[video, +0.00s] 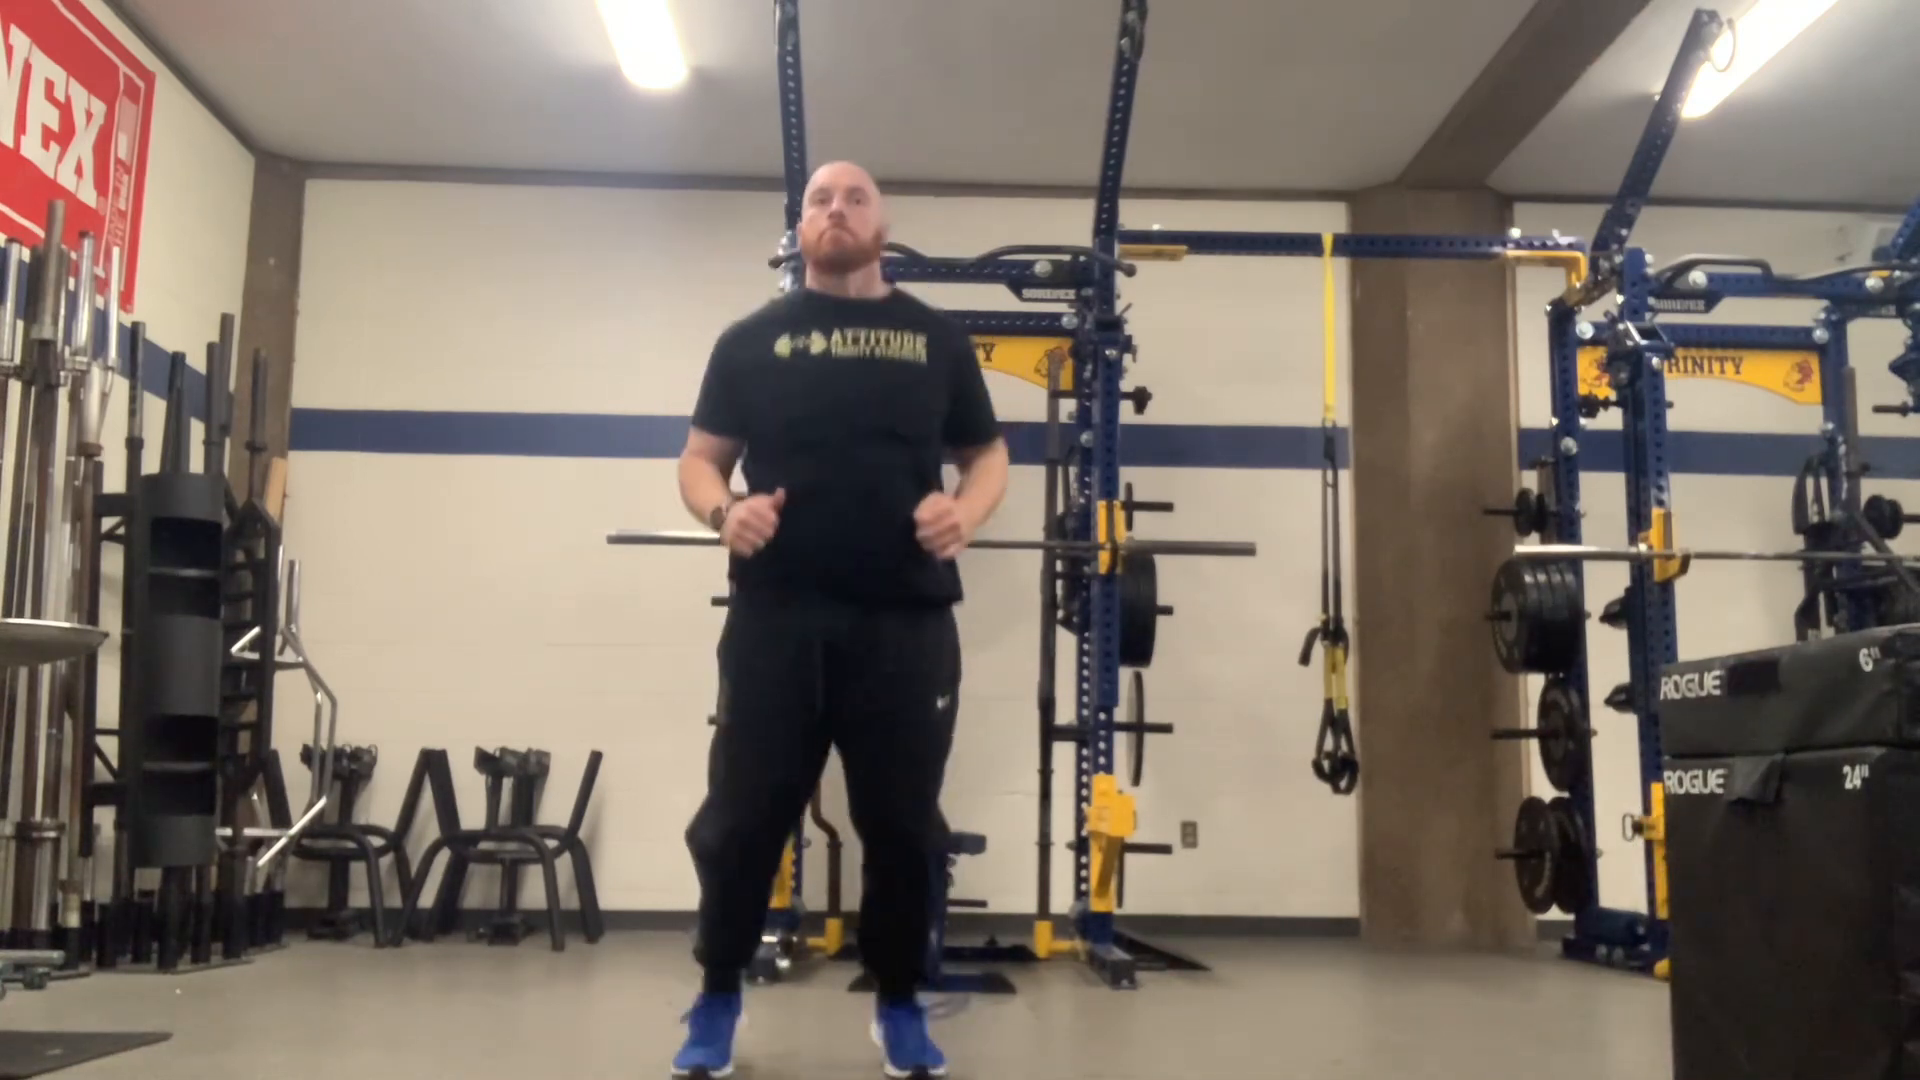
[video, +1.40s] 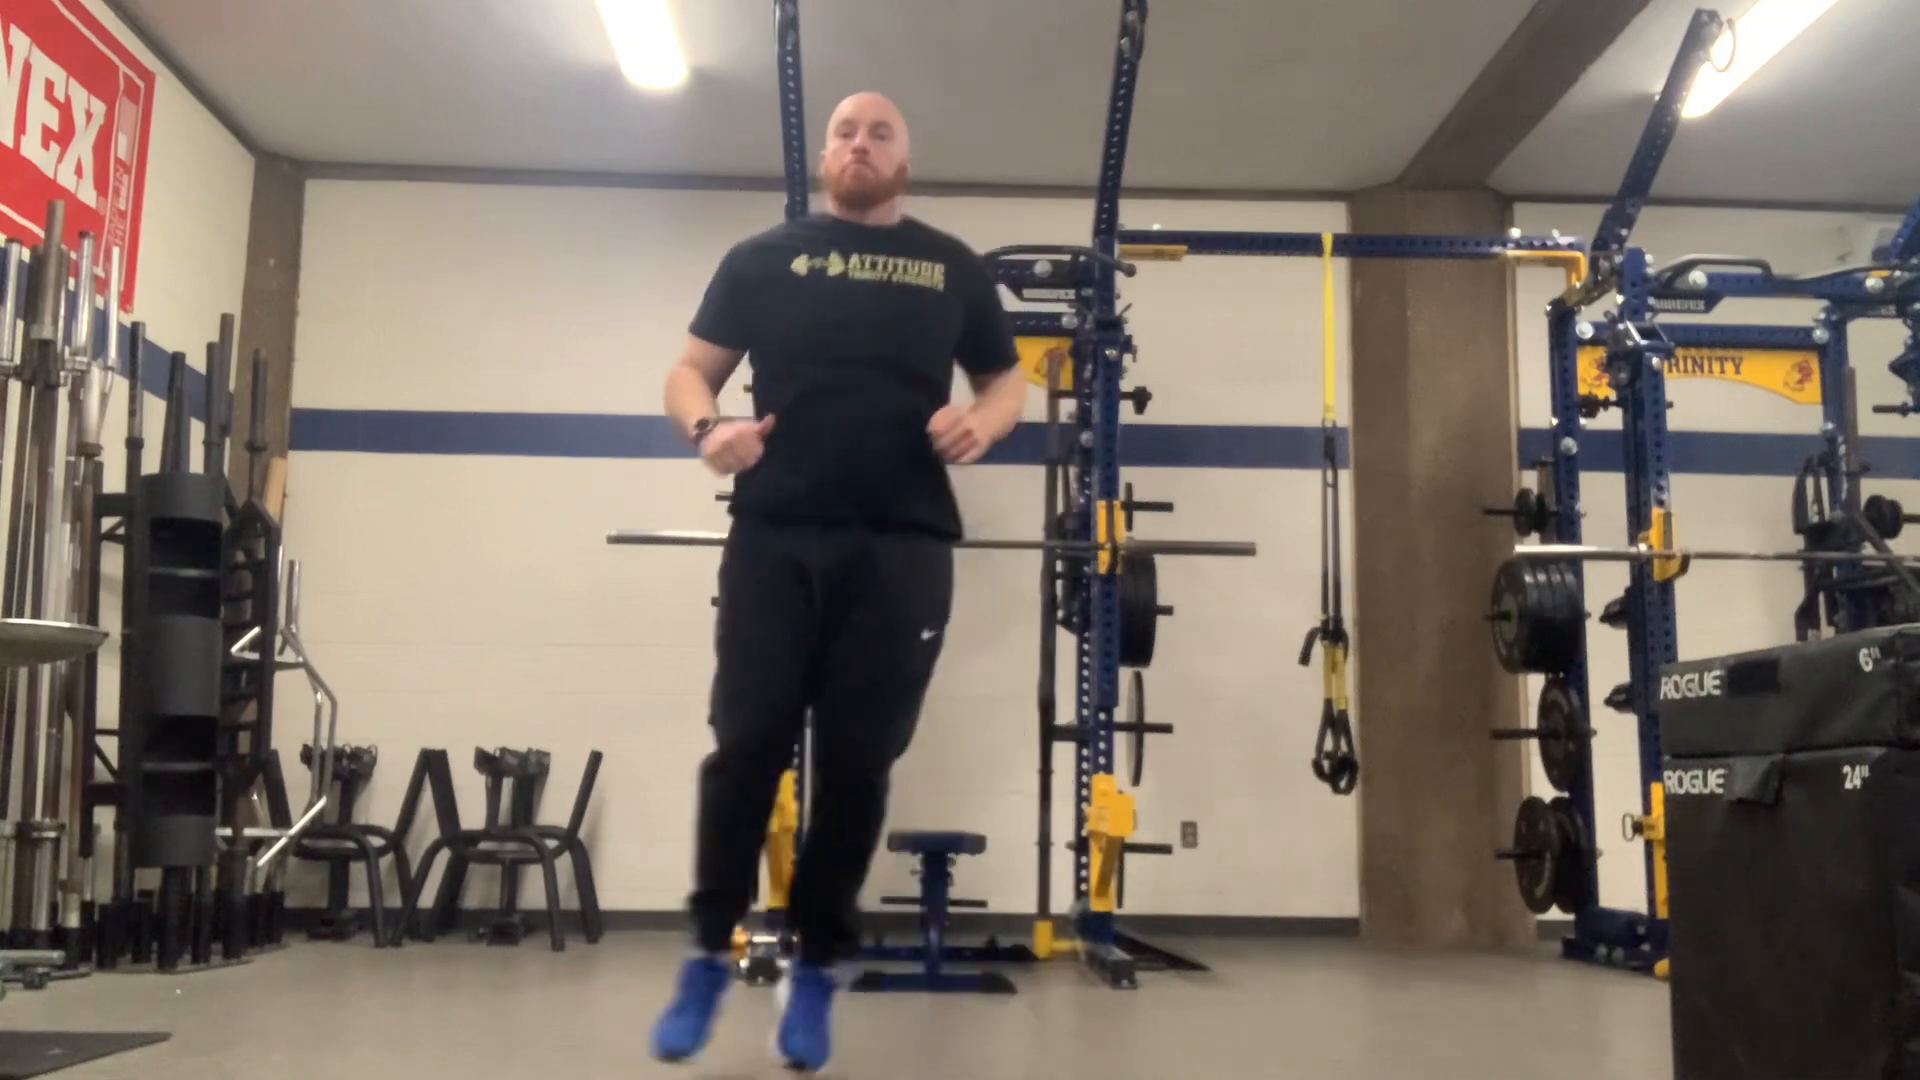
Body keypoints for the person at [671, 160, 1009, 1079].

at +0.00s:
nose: (838, 208)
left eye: (856, 197)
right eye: (822, 199)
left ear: (887, 229)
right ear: (797, 232)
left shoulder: (937, 340)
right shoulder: (751, 342)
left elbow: (988, 460)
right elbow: (699, 464)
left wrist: (966, 508)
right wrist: (725, 509)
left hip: (904, 622)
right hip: (776, 619)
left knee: (904, 829)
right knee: (740, 824)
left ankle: (900, 1010)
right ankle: (716, 998)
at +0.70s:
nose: (852, 159)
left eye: (869, 146)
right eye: (835, 151)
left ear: (904, 173)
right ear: (813, 185)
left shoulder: (970, 272)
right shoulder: (781, 294)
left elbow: (1051, 381)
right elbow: (739, 427)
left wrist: (1005, 394)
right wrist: (765, 453)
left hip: (947, 581)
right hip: (817, 582)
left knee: (943, 801)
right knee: (759, 790)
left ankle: (944, 1017)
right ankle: (699, 997)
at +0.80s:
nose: (873, 131)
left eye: (890, 119)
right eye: (857, 121)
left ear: (920, 146)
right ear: (832, 153)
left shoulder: (987, 237)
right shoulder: (795, 261)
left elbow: (1073, 351)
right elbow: (759, 389)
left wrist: (1030, 359)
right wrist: (784, 416)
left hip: (971, 540)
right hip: (841, 540)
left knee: (989, 761)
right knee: (816, 751)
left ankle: (998, 980)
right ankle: (800, 963)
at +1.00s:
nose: (913, 216)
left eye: (930, 204)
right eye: (896, 203)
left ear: (957, 230)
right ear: (868, 229)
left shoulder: (1014, 330)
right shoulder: (824, 349)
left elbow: (1074, 441)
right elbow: (773, 470)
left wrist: (1070, 484)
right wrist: (787, 497)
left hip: (1018, 616)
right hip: (891, 624)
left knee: (1057, 830)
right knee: (904, 830)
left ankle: (1099, 1030)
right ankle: (944, 1021)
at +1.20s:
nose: (914, 152)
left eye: (932, 142)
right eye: (898, 141)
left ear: (960, 174)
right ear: (870, 171)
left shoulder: (1000, 282)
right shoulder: (808, 271)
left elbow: (1055, 400)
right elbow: (744, 392)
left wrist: (1048, 432)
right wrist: (792, 407)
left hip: (965, 572)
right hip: (839, 573)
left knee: (1012, 785)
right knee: (866, 793)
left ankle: (1052, 998)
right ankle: (917, 1004)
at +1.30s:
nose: (887, 126)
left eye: (905, 116)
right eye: (871, 114)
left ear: (934, 144)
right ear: (845, 141)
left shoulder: (977, 245)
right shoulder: (787, 236)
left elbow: (1033, 365)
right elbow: (713, 357)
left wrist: (1020, 399)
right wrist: (755, 385)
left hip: (932, 532)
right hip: (807, 530)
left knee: (925, 747)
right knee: (811, 746)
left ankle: (925, 955)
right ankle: (828, 955)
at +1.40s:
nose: (860, 144)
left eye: (880, 135)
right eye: (846, 132)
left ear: (909, 167)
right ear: (819, 159)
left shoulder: (953, 266)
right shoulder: (761, 259)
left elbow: (1008, 386)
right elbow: (690, 377)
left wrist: (982, 421)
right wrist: (708, 430)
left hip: (900, 547)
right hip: (773, 540)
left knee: (856, 763)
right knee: (744, 748)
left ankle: (817, 968)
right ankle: (707, 956)